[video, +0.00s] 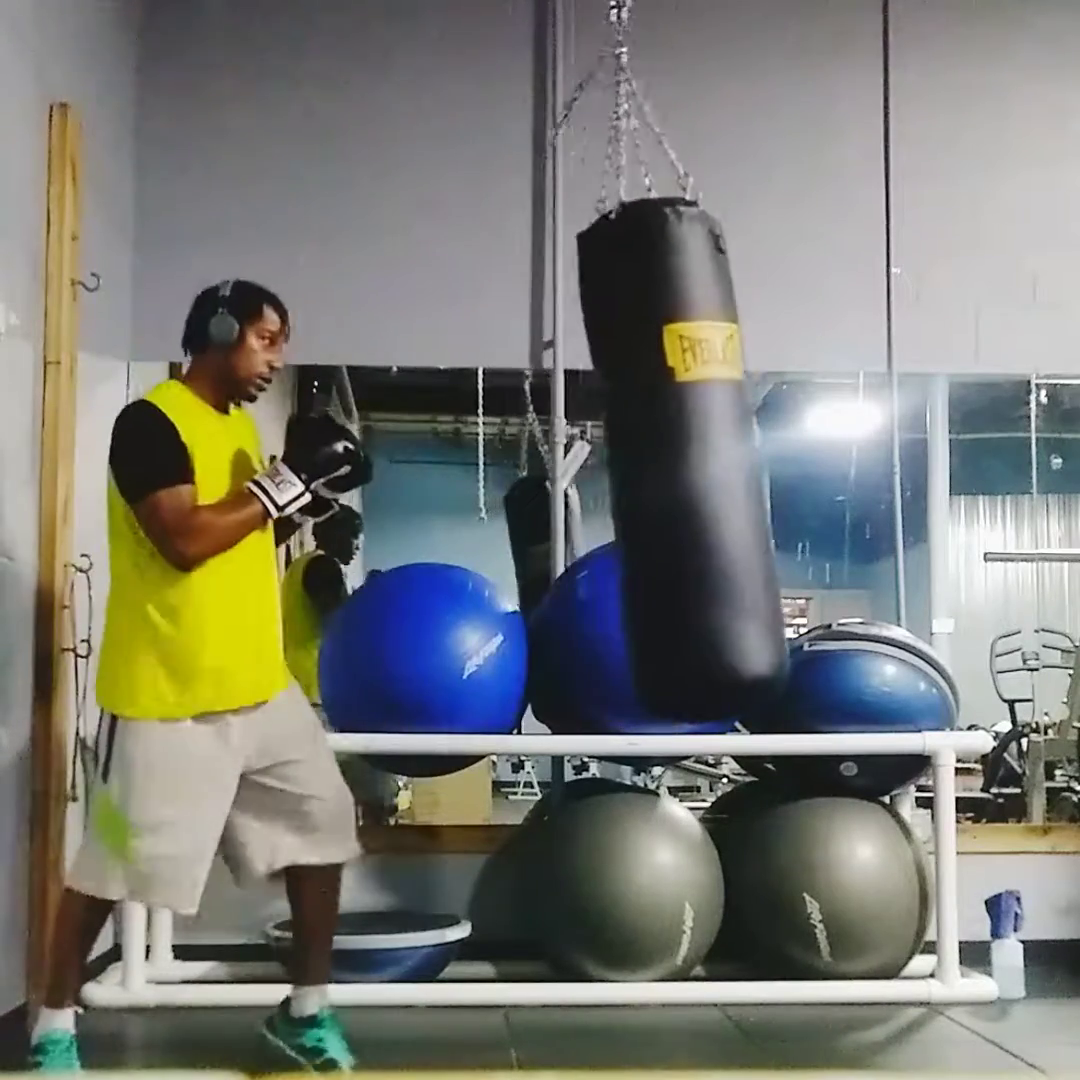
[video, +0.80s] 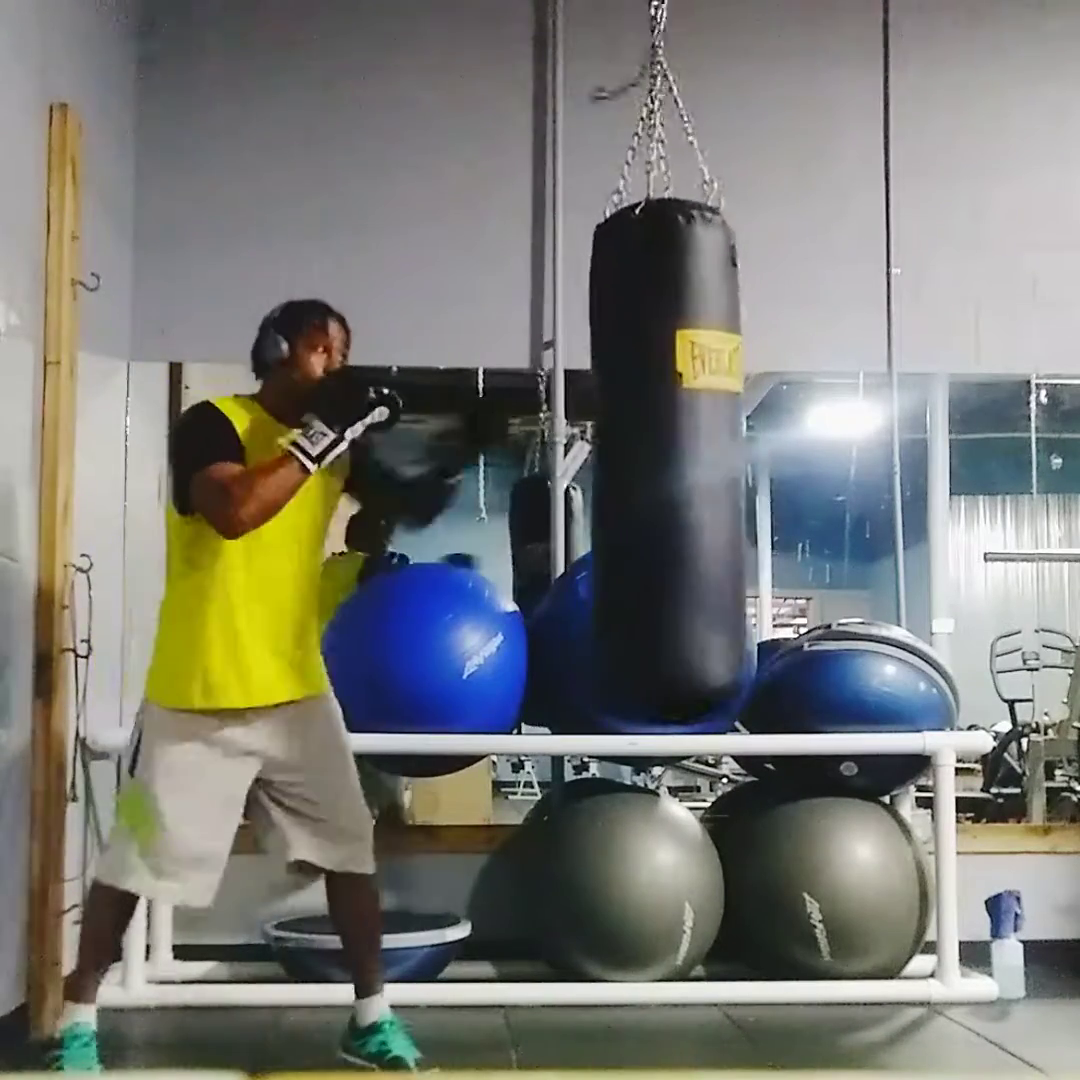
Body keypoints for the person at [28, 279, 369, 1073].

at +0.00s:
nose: (277, 357)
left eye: (281, 344)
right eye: (266, 339)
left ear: (258, 351)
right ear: (214, 335)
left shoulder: (245, 436)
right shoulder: (148, 420)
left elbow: (253, 560)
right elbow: (183, 540)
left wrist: (310, 536)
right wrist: (281, 490)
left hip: (257, 682)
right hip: (163, 690)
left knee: (325, 821)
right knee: (109, 861)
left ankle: (308, 1010)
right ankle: (52, 1024)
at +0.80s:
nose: (334, 368)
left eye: (340, 356)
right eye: (322, 351)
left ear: (338, 367)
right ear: (278, 354)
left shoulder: (330, 445)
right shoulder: (209, 422)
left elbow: (351, 558)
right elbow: (233, 512)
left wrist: (385, 502)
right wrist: (324, 434)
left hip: (297, 686)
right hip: (197, 687)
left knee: (351, 845)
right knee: (134, 856)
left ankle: (372, 1017)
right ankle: (77, 1018)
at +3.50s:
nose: (544, 416)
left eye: (555, 405)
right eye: (536, 406)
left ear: (577, 410)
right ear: (526, 419)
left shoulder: (615, 460)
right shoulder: (522, 473)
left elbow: (689, 520)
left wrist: (629, 480)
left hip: (622, 668)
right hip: (559, 674)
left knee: (622, 838)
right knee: (569, 843)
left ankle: (669, 1013)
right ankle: (587, 988)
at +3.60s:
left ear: (583, 419)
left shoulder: (622, 465)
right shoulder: (547, 475)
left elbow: (650, 446)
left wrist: (592, 415)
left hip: (642, 666)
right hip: (585, 673)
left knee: (657, 840)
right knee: (607, 841)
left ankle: (679, 1017)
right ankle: (609, 989)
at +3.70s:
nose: (558, 402)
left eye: (568, 386)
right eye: (549, 392)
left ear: (594, 383)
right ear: (543, 399)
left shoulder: (642, 448)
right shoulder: (550, 476)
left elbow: (683, 484)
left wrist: (609, 437)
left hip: (656, 662)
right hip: (590, 670)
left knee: (662, 826)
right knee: (617, 835)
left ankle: (677, 1011)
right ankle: (687, 970)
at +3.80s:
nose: (562, 406)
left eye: (575, 392)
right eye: (556, 395)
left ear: (609, 395)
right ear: (549, 403)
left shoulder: (660, 459)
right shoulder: (549, 479)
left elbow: (718, 533)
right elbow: (517, 562)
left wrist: (639, 490)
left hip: (679, 668)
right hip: (619, 677)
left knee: (645, 823)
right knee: (653, 827)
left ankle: (679, 1012)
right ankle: (717, 983)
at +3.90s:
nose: (555, 422)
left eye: (566, 409)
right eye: (552, 411)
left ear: (602, 408)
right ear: (564, 418)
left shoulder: (665, 465)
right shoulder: (563, 505)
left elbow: (738, 544)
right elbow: (509, 589)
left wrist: (660, 499)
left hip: (694, 670)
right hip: (637, 681)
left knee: (638, 819)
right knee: (664, 836)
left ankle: (694, 1008)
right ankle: (722, 994)